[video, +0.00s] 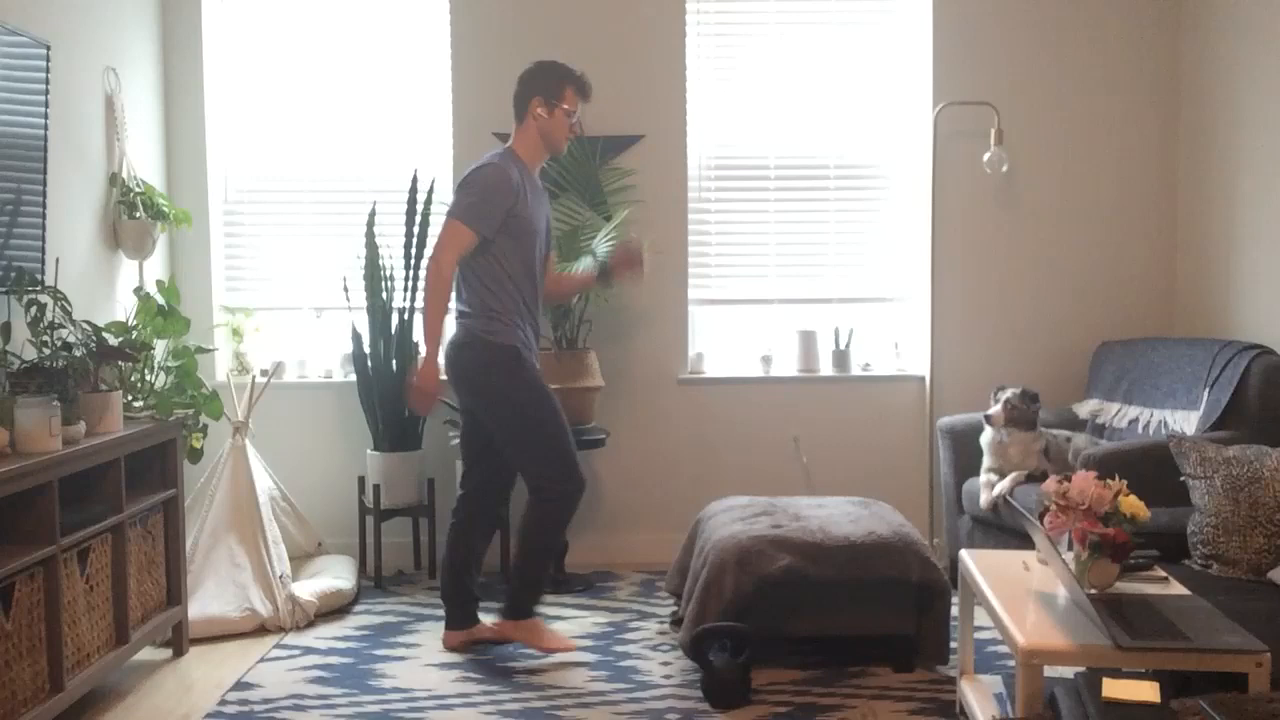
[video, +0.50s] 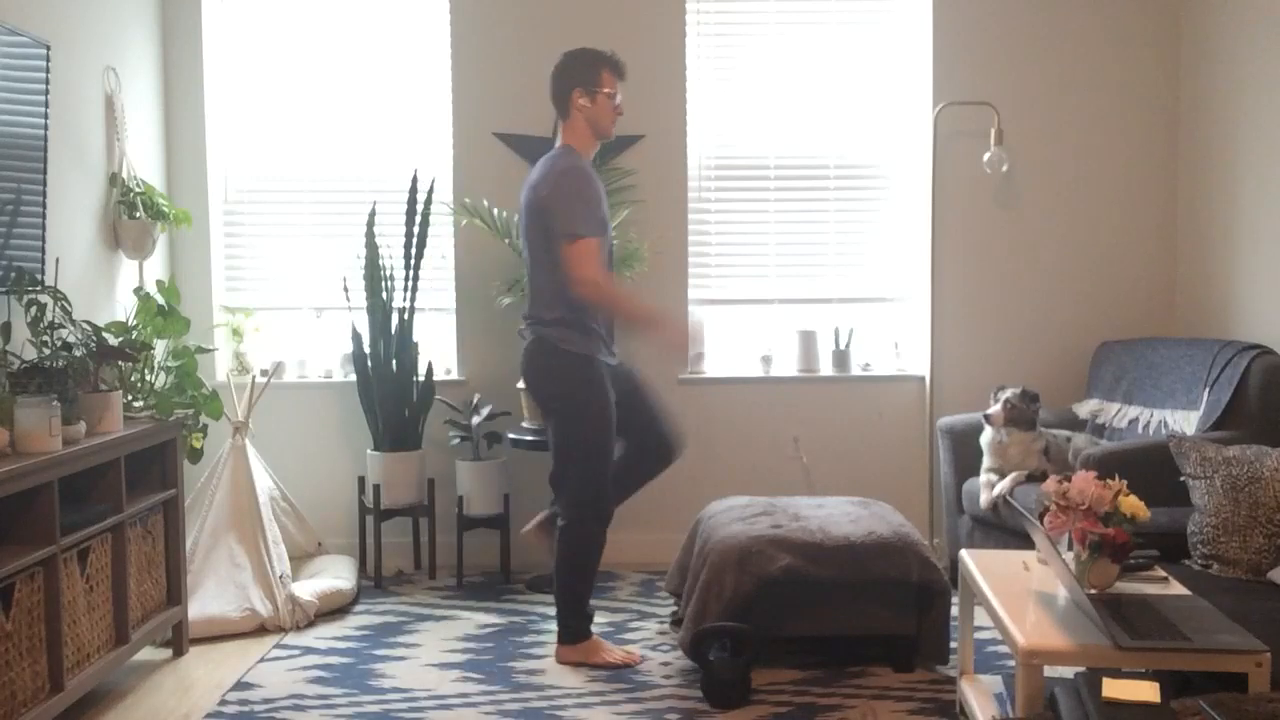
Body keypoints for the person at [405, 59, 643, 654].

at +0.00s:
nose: (576, 127)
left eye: (577, 117)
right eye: (571, 114)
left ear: (546, 114)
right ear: (537, 110)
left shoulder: (533, 189)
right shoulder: (498, 173)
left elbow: (544, 287)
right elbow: (442, 258)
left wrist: (604, 270)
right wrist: (430, 356)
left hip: (498, 354)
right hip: (491, 354)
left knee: (482, 494)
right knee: (561, 482)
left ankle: (461, 625)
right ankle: (519, 617)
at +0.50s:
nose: (619, 108)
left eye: (619, 97)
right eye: (612, 97)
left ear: (580, 102)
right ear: (580, 101)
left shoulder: (563, 170)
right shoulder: (568, 173)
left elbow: (575, 280)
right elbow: (584, 278)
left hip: (583, 352)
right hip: (565, 353)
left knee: (657, 444)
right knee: (586, 493)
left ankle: (561, 524)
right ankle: (574, 639)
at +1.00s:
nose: (721, 116)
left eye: (718, 105)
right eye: (713, 106)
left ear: (677, 115)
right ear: (682, 112)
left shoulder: (644, 180)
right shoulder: (673, 179)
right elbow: (762, 244)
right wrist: (763, 174)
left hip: (656, 350)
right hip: (643, 360)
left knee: (769, 374)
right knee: (651, 508)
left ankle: (737, 497)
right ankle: (579, 634)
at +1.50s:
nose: (771, 7)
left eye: (767, 1)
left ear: (730, 10)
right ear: (732, 6)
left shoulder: (742, 80)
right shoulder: (711, 71)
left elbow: (811, 117)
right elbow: (672, 169)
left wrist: (800, 49)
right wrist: (675, 261)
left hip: (729, 247)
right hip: (734, 238)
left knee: (751, 388)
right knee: (868, 222)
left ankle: (738, 524)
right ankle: (827, 347)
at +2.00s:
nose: (786, 16)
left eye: (783, 7)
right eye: (778, 6)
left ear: (746, 14)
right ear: (750, 10)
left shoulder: (726, 74)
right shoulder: (732, 73)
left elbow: (724, 172)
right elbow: (726, 168)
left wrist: (775, 202)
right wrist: (804, 229)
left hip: (717, 250)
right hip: (728, 251)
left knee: (747, 389)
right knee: (787, 382)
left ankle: (739, 527)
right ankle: (683, 466)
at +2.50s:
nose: (731, 122)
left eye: (731, 111)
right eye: (726, 111)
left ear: (690, 114)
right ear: (696, 113)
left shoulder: (674, 178)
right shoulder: (671, 177)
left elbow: (738, 258)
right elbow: (742, 253)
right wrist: (756, 185)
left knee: (778, 387)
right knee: (646, 504)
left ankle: (739, 516)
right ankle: (600, 636)